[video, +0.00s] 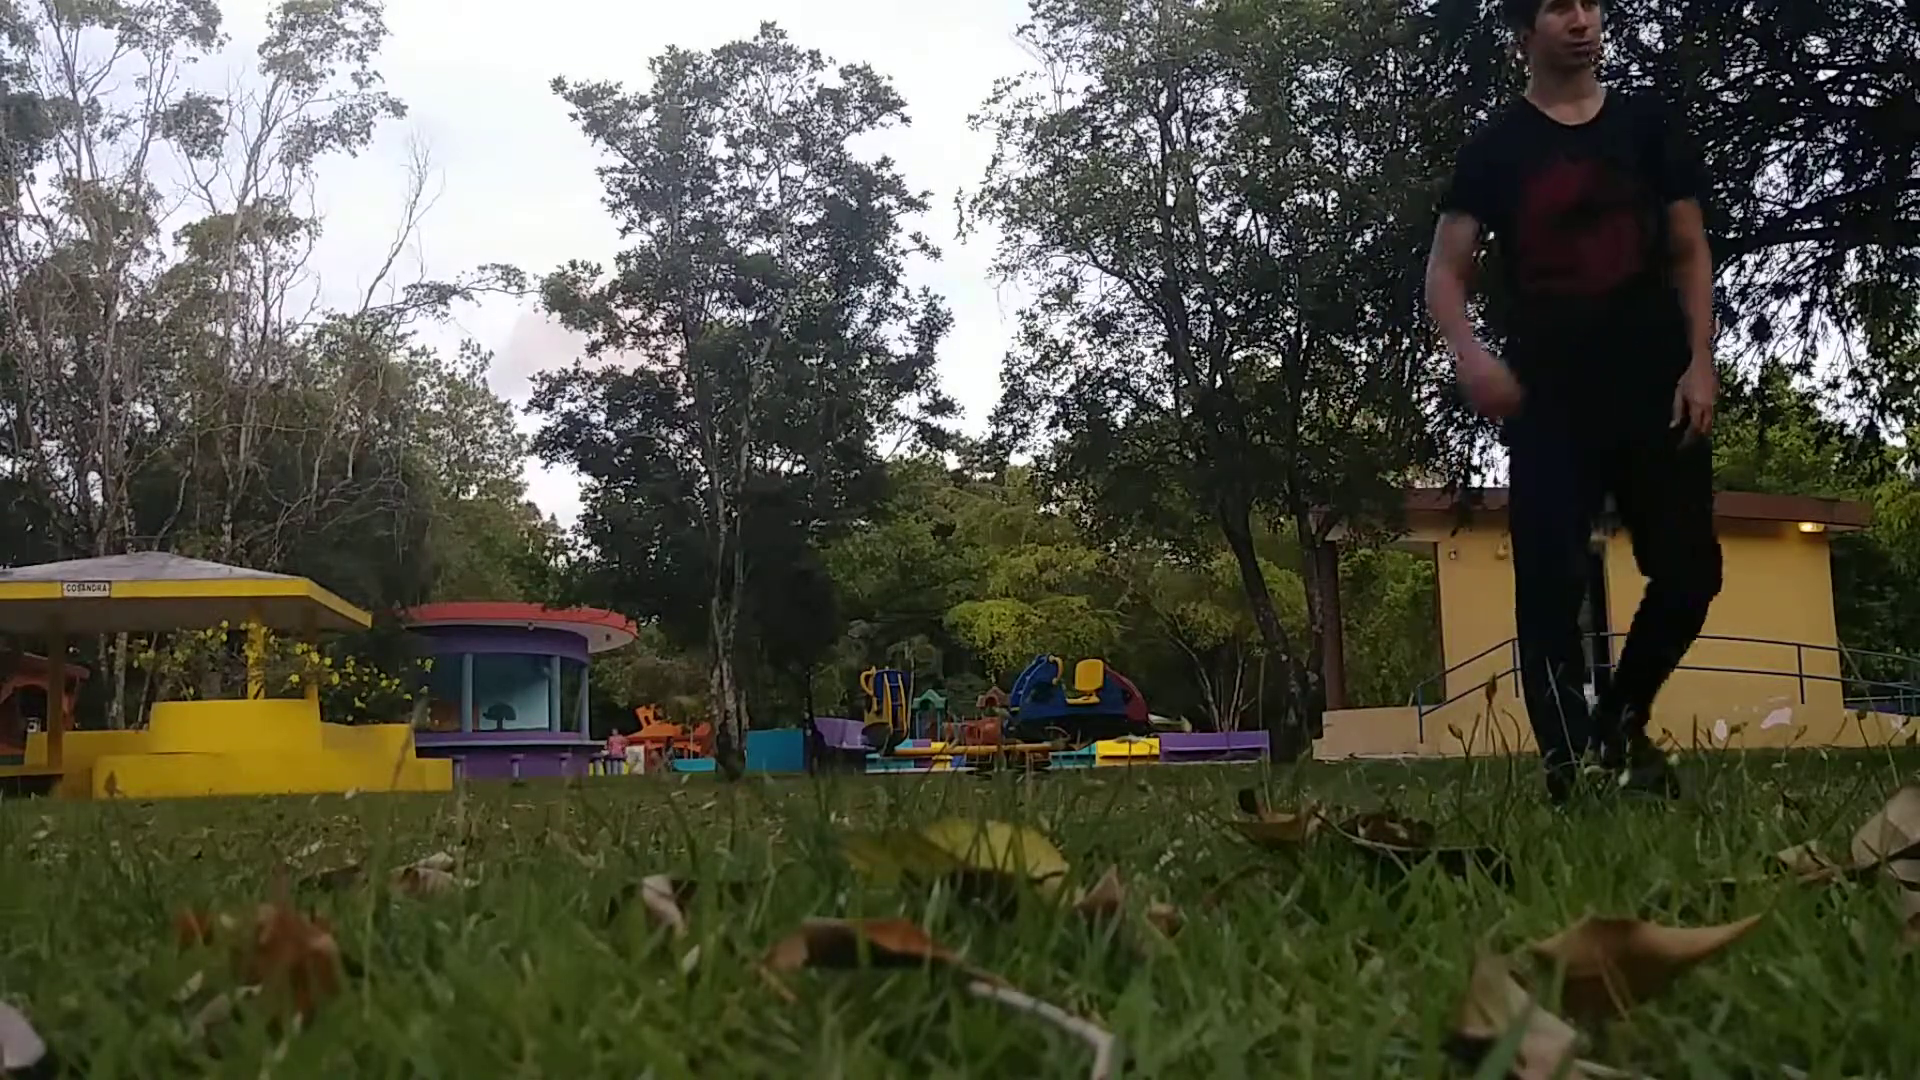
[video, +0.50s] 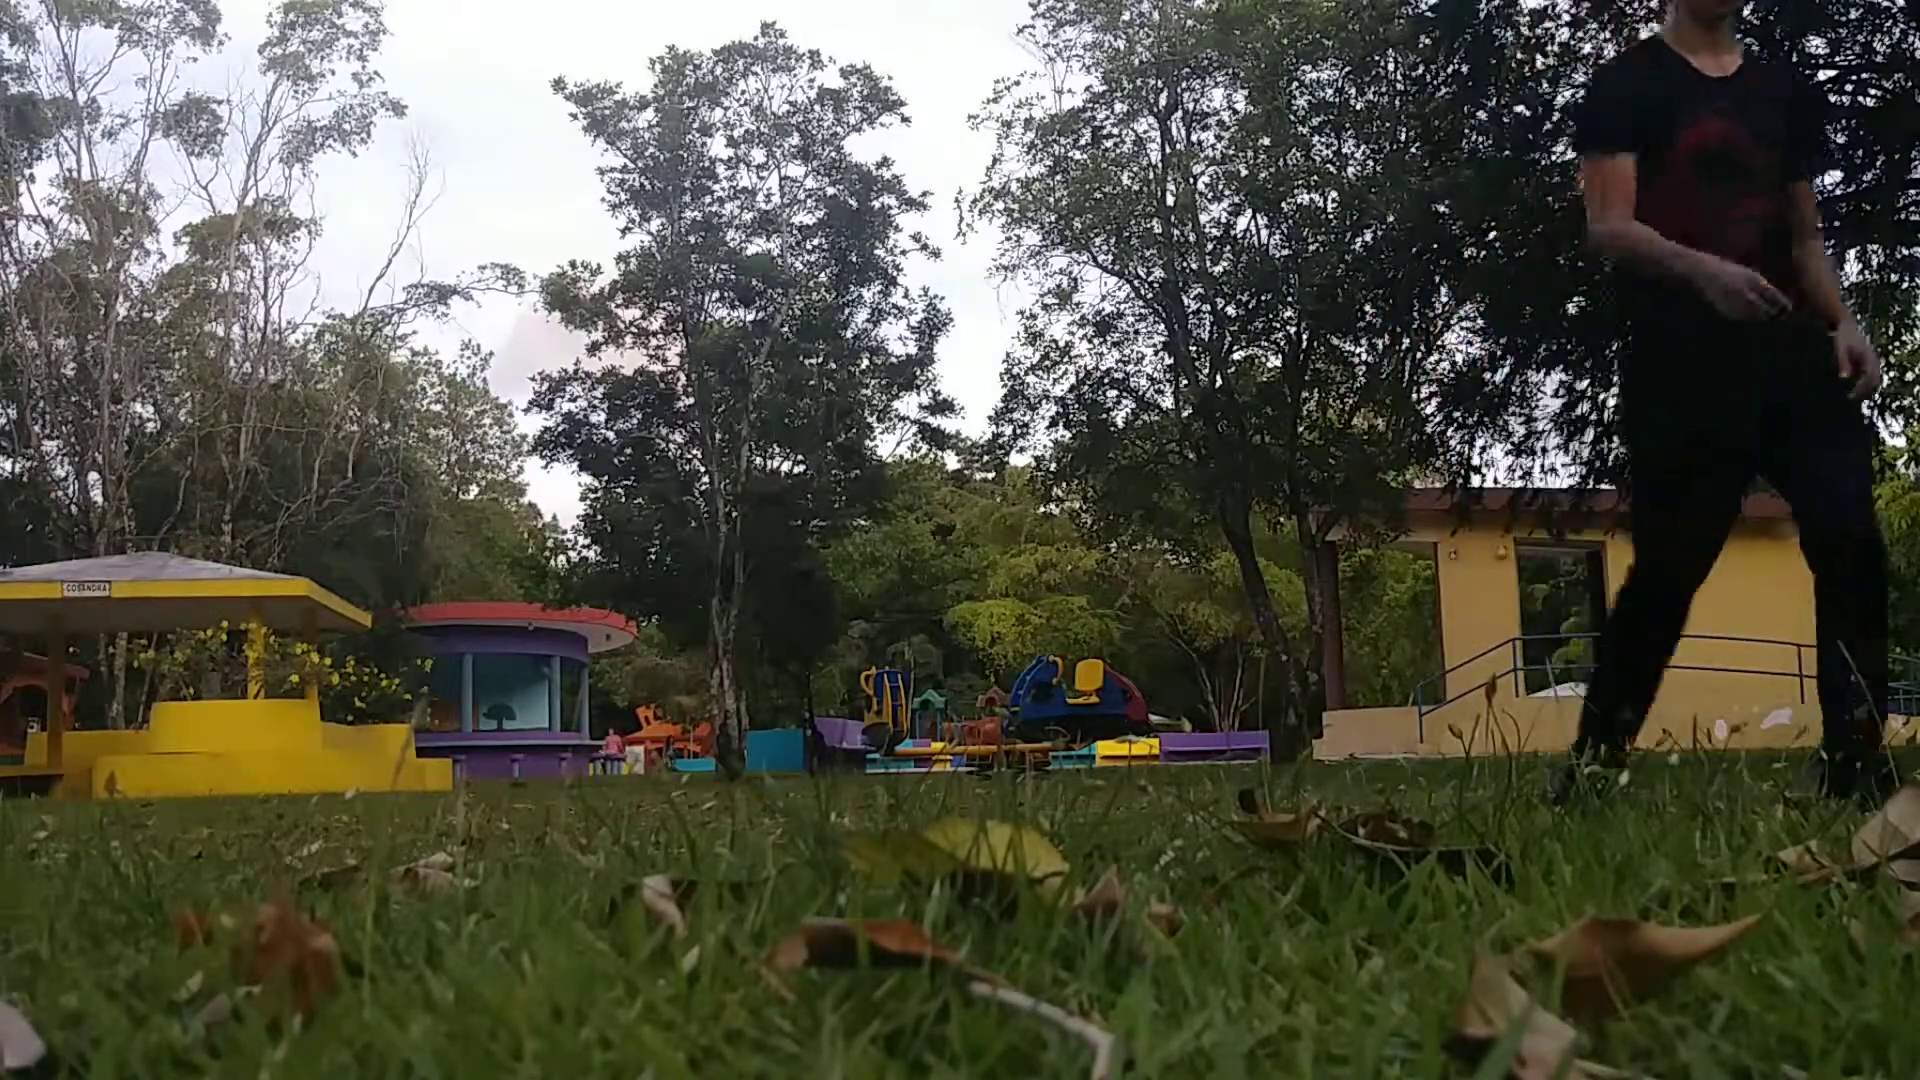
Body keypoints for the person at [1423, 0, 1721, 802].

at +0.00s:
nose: (1580, 22)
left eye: (1589, 8)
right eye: (1559, 10)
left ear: (1602, 21)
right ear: (1525, 31)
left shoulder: (1650, 125)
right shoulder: (1497, 142)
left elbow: (1690, 250)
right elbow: (1445, 270)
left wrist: (1701, 358)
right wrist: (1470, 356)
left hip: (1652, 388)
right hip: (1548, 395)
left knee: (1690, 575)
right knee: (1548, 585)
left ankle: (1621, 724)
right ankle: (1568, 766)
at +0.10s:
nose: (1594, 13)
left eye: (1604, 0)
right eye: (1575, 0)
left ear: (1617, 14)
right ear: (1538, 16)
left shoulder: (1662, 117)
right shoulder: (1503, 129)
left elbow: (1705, 245)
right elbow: (1452, 250)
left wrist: (1729, 352)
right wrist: (1513, 279)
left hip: (1662, 373)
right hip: (1558, 383)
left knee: (1721, 555)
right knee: (1557, 573)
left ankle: (1656, 729)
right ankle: (1568, 767)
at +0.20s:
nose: (1619, 3)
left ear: (1636, 8)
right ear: (1555, 9)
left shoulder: (1679, 113)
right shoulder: (1522, 114)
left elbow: (1720, 238)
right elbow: (1486, 230)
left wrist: (1756, 337)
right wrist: (1567, 235)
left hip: (1676, 363)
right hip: (1572, 373)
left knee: (1759, 537)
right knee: (1566, 571)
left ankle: (1728, 742)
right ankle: (1568, 765)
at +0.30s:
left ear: (1663, 5)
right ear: (1588, 2)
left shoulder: (1702, 106)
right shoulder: (1551, 102)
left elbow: (1737, 240)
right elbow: (1540, 224)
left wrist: (1781, 330)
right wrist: (1618, 221)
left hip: (1705, 359)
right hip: (1598, 366)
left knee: (1788, 538)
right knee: (1584, 567)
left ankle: (1812, 742)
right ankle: (1572, 762)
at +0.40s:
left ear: (1702, 4)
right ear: (1623, 2)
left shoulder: (1743, 107)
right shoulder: (1589, 97)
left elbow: (1764, 244)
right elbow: (1586, 227)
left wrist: (1805, 333)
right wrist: (1667, 241)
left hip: (1743, 364)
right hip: (1634, 369)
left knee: (1817, 546)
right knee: (1610, 570)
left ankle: (1846, 753)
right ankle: (1577, 767)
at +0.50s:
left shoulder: (1785, 90)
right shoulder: (1626, 83)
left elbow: (1805, 239)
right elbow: (1608, 226)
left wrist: (1843, 318)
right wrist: (1702, 268)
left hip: (1793, 358)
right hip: (1683, 359)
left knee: (1853, 548)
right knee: (1669, 566)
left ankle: (1854, 761)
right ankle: (1594, 763)